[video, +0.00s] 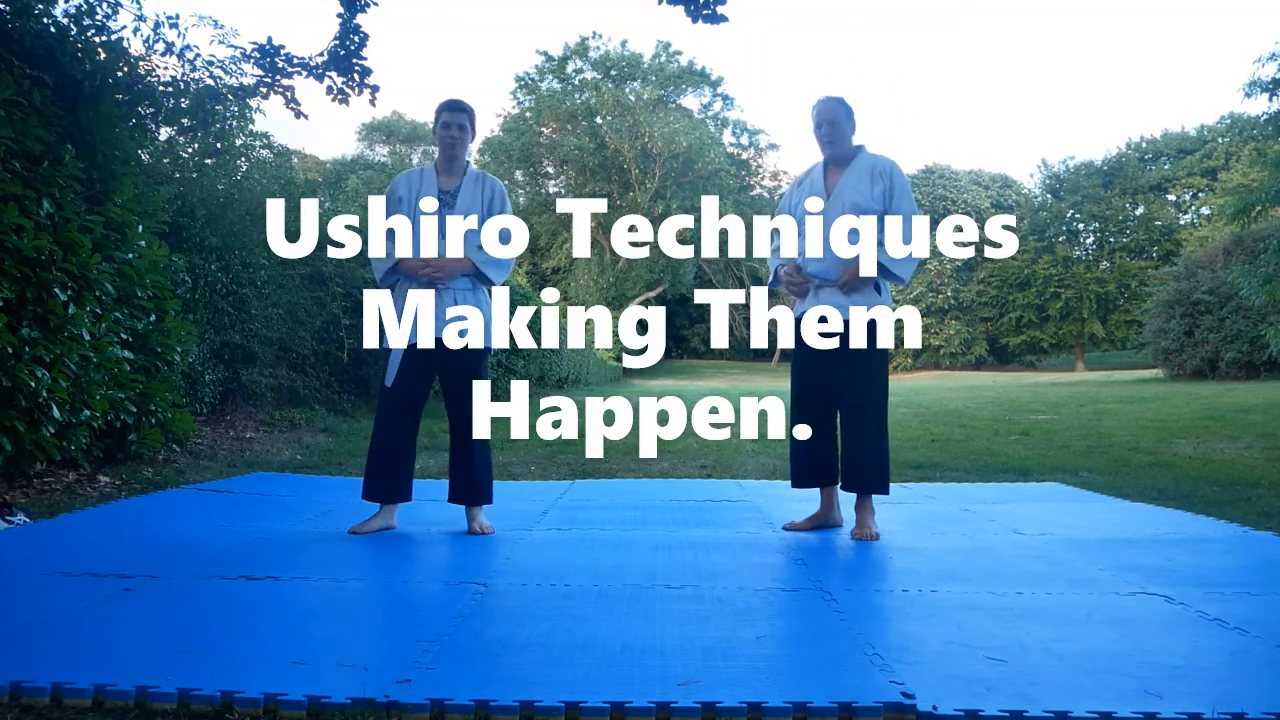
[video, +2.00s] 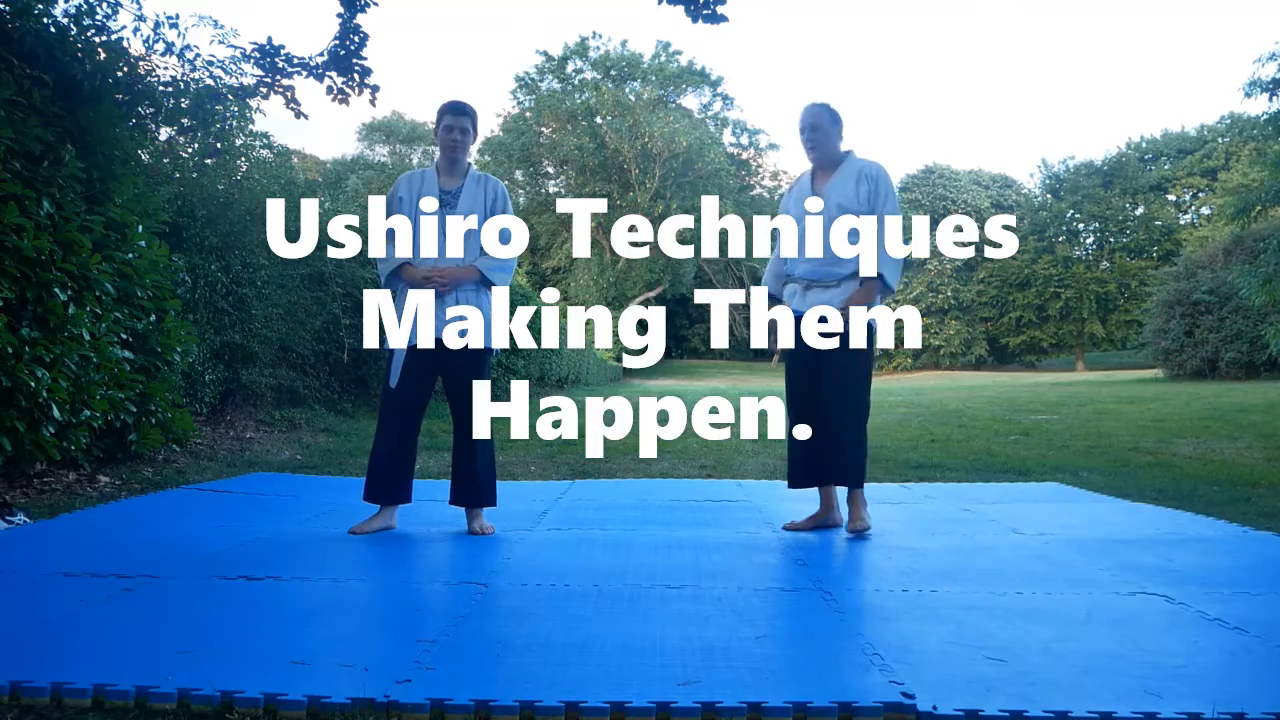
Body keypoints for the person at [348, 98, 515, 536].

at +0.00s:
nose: (452, 133)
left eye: (460, 127)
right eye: (446, 126)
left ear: (473, 137)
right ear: (434, 132)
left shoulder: (490, 188)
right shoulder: (405, 183)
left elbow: (501, 253)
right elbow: (382, 249)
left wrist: (458, 264)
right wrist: (413, 269)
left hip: (468, 316)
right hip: (411, 314)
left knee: (469, 412)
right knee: (396, 409)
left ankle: (475, 509)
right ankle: (387, 509)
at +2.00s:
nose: (456, 137)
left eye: (464, 131)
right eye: (449, 129)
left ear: (475, 139)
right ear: (435, 133)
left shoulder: (492, 190)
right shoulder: (406, 186)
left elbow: (504, 259)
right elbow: (389, 256)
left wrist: (457, 274)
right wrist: (421, 277)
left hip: (470, 322)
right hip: (414, 320)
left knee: (473, 415)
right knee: (399, 411)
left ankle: (475, 512)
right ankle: (387, 510)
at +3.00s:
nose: (453, 137)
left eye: (462, 131)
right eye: (447, 129)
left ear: (473, 139)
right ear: (434, 133)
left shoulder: (492, 191)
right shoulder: (406, 186)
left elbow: (504, 256)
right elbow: (383, 247)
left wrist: (458, 275)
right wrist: (412, 275)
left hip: (469, 321)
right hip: (414, 319)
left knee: (472, 420)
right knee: (396, 416)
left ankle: (475, 513)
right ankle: (387, 510)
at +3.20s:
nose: (454, 137)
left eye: (462, 131)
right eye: (447, 129)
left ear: (473, 139)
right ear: (434, 133)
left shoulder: (492, 191)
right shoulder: (406, 186)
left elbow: (504, 256)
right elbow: (383, 247)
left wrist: (458, 275)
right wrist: (412, 276)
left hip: (469, 321)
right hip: (414, 319)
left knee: (472, 420)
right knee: (397, 415)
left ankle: (475, 513)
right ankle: (387, 510)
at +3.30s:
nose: (454, 137)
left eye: (462, 131)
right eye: (447, 129)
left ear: (473, 139)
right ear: (434, 133)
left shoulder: (492, 191)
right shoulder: (406, 186)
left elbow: (504, 256)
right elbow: (383, 247)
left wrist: (457, 275)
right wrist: (412, 276)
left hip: (469, 321)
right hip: (414, 319)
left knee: (472, 420)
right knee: (397, 415)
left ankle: (475, 513)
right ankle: (387, 510)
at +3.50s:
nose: (454, 137)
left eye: (462, 131)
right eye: (447, 129)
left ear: (473, 139)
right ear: (434, 133)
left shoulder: (492, 191)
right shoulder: (406, 185)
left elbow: (503, 256)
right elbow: (383, 247)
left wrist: (456, 275)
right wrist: (413, 276)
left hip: (469, 322)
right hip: (414, 319)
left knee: (472, 420)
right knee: (397, 415)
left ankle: (475, 513)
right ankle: (387, 511)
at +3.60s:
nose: (454, 137)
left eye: (462, 131)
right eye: (447, 129)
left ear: (473, 139)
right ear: (434, 133)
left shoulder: (491, 191)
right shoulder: (405, 186)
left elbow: (504, 256)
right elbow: (383, 246)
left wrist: (459, 275)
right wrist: (412, 276)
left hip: (469, 322)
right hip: (413, 320)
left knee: (472, 420)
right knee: (396, 416)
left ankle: (475, 512)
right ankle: (387, 510)